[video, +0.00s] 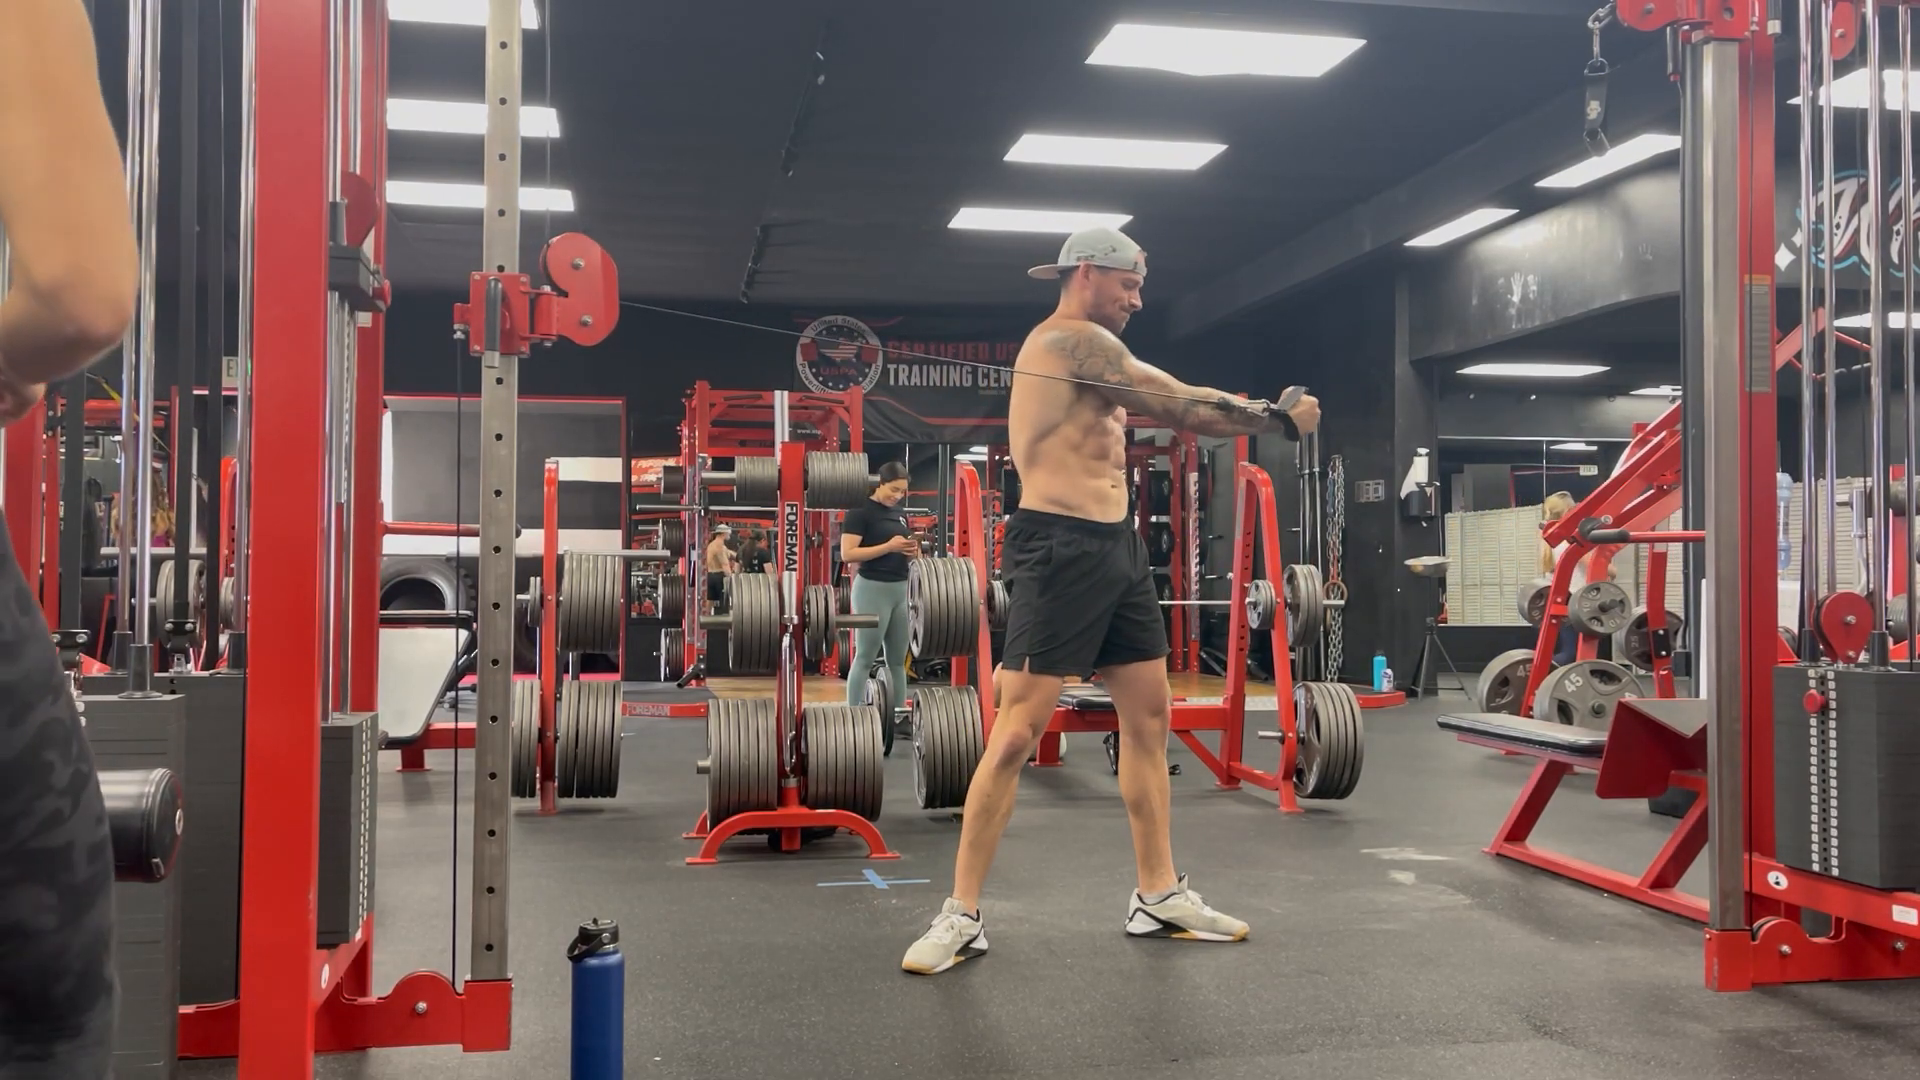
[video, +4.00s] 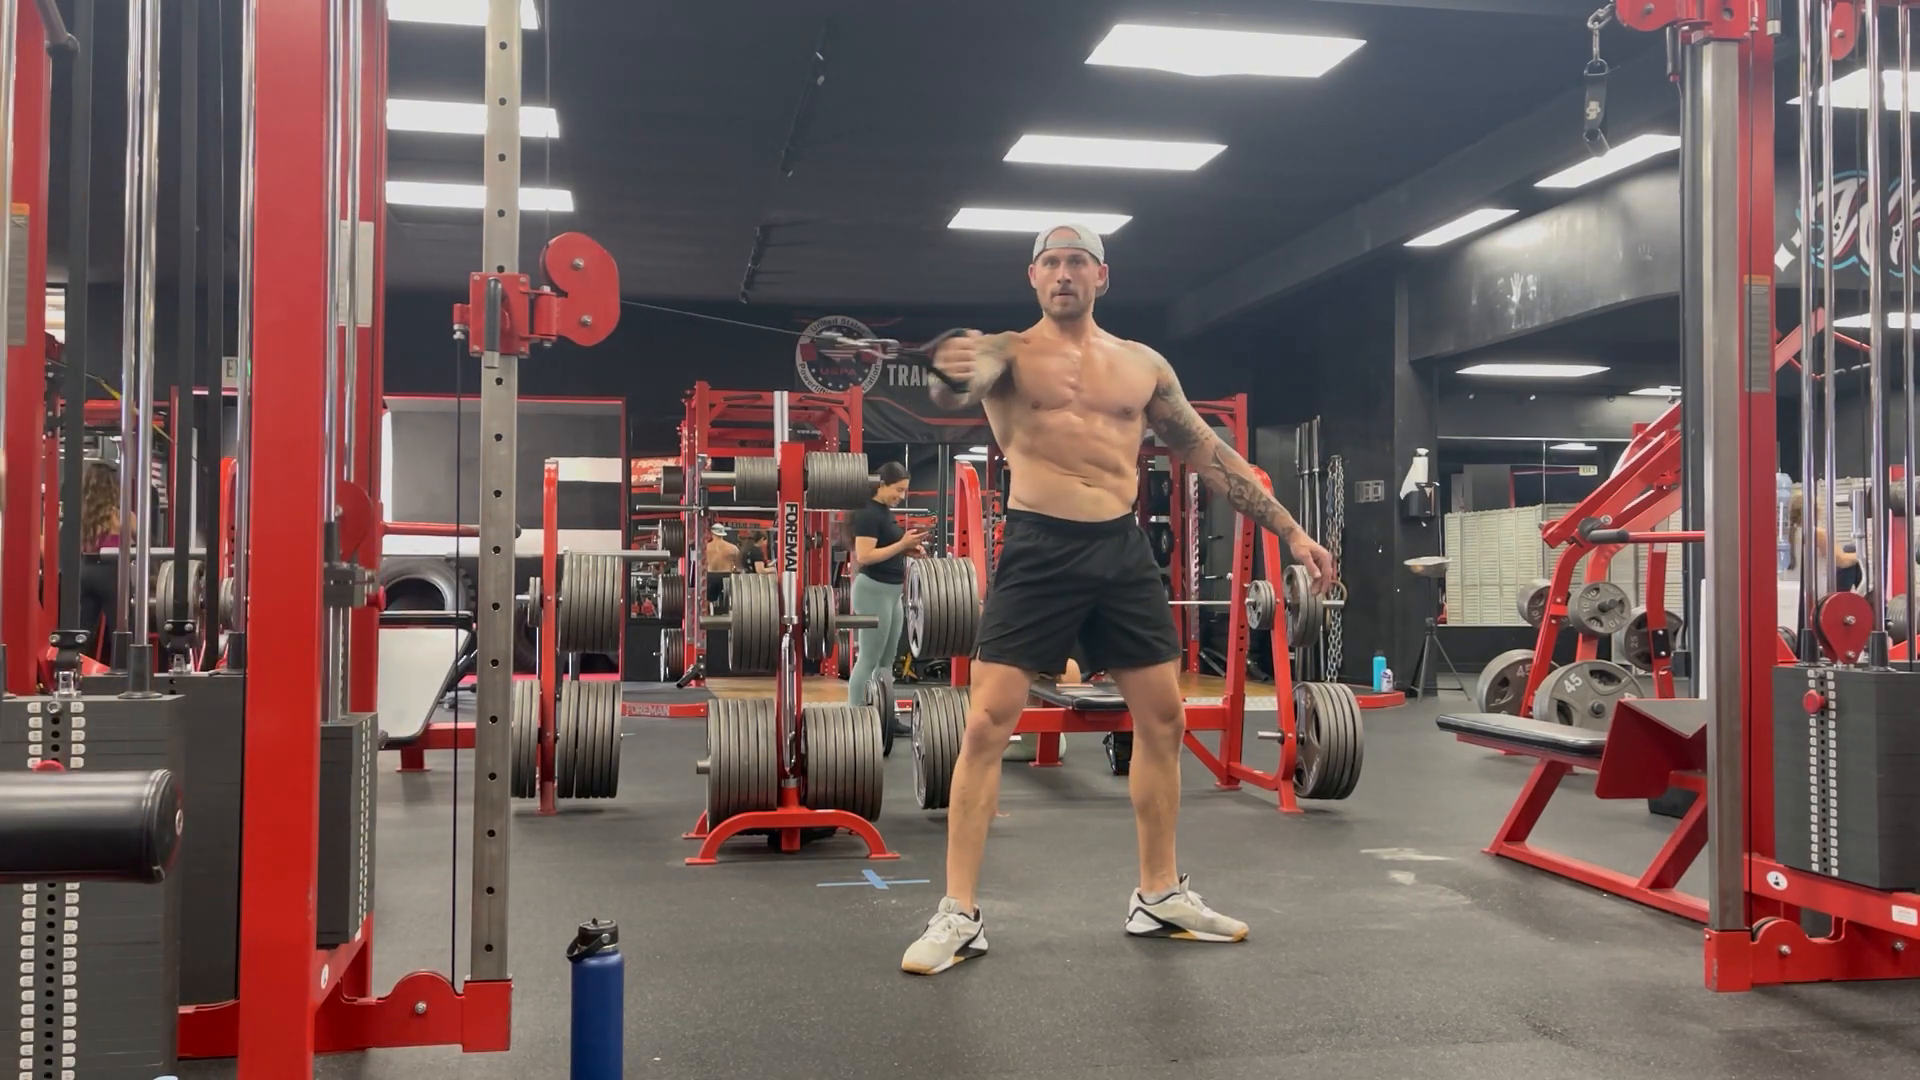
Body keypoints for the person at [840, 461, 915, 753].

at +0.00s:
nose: (898, 496)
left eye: (902, 491)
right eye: (894, 489)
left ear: (904, 490)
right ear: (879, 484)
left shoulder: (896, 515)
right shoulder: (859, 513)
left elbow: (905, 553)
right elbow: (847, 553)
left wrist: (913, 550)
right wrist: (889, 547)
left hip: (899, 590)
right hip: (871, 589)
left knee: (897, 660)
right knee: (866, 656)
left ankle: (901, 715)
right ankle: (853, 715)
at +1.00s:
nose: (897, 498)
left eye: (901, 493)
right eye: (894, 491)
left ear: (905, 490)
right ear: (879, 485)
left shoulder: (897, 514)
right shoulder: (858, 513)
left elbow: (901, 553)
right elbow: (846, 554)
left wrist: (910, 548)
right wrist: (887, 548)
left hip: (899, 590)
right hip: (870, 589)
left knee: (897, 661)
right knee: (864, 657)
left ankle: (901, 716)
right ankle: (853, 716)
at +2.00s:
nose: (898, 499)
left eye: (902, 494)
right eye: (894, 492)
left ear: (905, 491)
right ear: (880, 485)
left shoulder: (898, 514)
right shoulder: (858, 514)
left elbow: (905, 557)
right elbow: (846, 554)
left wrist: (911, 548)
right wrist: (887, 547)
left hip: (899, 592)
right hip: (870, 590)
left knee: (896, 661)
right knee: (863, 658)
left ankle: (899, 721)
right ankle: (853, 720)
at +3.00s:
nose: (891, 498)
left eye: (896, 493)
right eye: (887, 491)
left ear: (899, 490)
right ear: (873, 484)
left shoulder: (893, 515)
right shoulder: (853, 514)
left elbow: (902, 553)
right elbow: (843, 555)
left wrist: (906, 549)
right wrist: (883, 548)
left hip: (895, 590)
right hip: (866, 589)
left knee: (895, 662)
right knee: (861, 659)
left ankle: (897, 721)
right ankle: (853, 721)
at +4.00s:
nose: (902, 496)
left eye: (904, 491)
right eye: (899, 490)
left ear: (897, 487)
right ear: (884, 484)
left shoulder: (885, 513)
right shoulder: (869, 513)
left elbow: (883, 549)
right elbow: (863, 556)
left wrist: (905, 549)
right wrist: (901, 545)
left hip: (892, 592)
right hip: (873, 590)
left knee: (886, 661)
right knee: (868, 660)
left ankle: (880, 717)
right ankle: (855, 718)